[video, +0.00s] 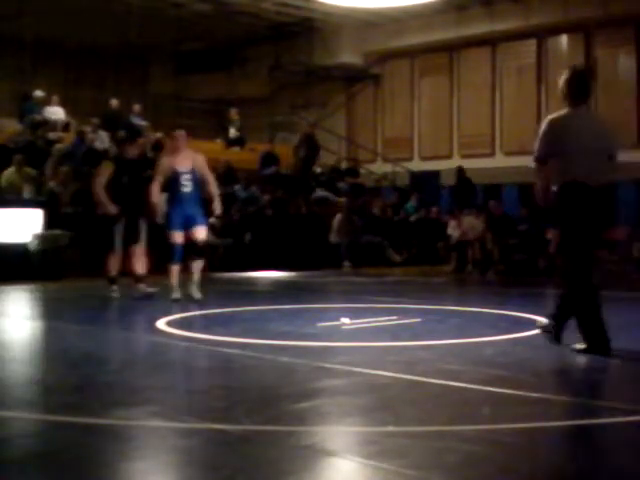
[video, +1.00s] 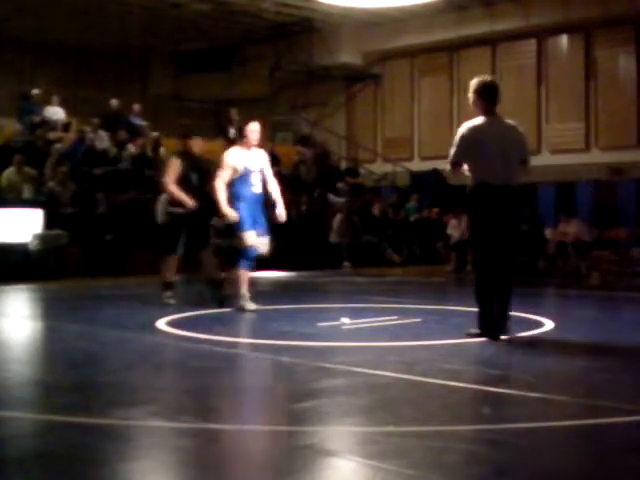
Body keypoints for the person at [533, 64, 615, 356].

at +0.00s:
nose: (562, 91)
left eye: (564, 86)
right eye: (571, 86)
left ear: (564, 90)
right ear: (590, 91)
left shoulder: (555, 124)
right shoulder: (600, 125)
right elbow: (610, 163)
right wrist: (607, 193)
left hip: (567, 200)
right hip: (598, 200)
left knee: (578, 269)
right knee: (576, 266)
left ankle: (596, 339)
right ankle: (556, 324)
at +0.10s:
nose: (550, 92)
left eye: (553, 88)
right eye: (552, 87)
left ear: (559, 94)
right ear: (580, 95)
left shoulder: (546, 126)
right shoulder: (591, 126)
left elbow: (531, 165)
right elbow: (601, 162)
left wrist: (557, 167)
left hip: (557, 204)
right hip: (588, 202)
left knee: (570, 270)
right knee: (567, 269)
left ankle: (594, 338)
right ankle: (547, 328)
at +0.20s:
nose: (542, 89)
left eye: (546, 85)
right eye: (546, 84)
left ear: (550, 92)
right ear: (570, 95)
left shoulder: (537, 125)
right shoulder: (578, 128)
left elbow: (522, 161)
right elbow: (588, 163)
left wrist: (541, 172)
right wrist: (564, 170)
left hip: (545, 200)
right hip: (573, 199)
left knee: (548, 263)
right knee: (558, 263)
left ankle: (578, 317)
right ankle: (547, 326)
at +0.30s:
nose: (534, 89)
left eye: (538, 85)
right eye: (537, 84)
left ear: (544, 92)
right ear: (561, 94)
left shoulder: (532, 122)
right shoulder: (568, 124)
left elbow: (517, 158)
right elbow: (579, 155)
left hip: (539, 197)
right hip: (565, 196)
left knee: (534, 256)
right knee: (556, 258)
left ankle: (553, 310)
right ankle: (547, 326)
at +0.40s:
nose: (527, 91)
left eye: (530, 87)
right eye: (530, 86)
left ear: (534, 91)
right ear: (554, 93)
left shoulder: (525, 122)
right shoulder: (563, 126)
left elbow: (512, 156)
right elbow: (564, 159)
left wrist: (523, 165)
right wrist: (534, 161)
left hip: (531, 194)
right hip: (558, 194)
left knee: (517, 256)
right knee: (552, 261)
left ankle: (523, 318)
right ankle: (546, 328)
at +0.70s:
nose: (494, 98)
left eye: (496, 94)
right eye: (496, 93)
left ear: (501, 97)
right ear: (521, 99)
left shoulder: (494, 129)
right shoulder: (535, 131)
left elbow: (482, 163)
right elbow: (540, 164)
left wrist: (499, 170)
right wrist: (512, 167)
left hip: (502, 199)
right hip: (530, 200)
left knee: (494, 261)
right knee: (534, 264)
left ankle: (489, 325)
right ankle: (543, 328)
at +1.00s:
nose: (471, 101)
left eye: (472, 97)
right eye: (472, 96)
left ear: (476, 100)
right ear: (497, 100)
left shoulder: (469, 131)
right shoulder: (513, 131)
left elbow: (454, 165)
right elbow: (525, 162)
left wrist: (470, 166)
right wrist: (503, 163)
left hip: (481, 199)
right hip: (509, 200)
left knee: (483, 260)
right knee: (504, 259)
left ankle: (487, 325)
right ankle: (500, 322)